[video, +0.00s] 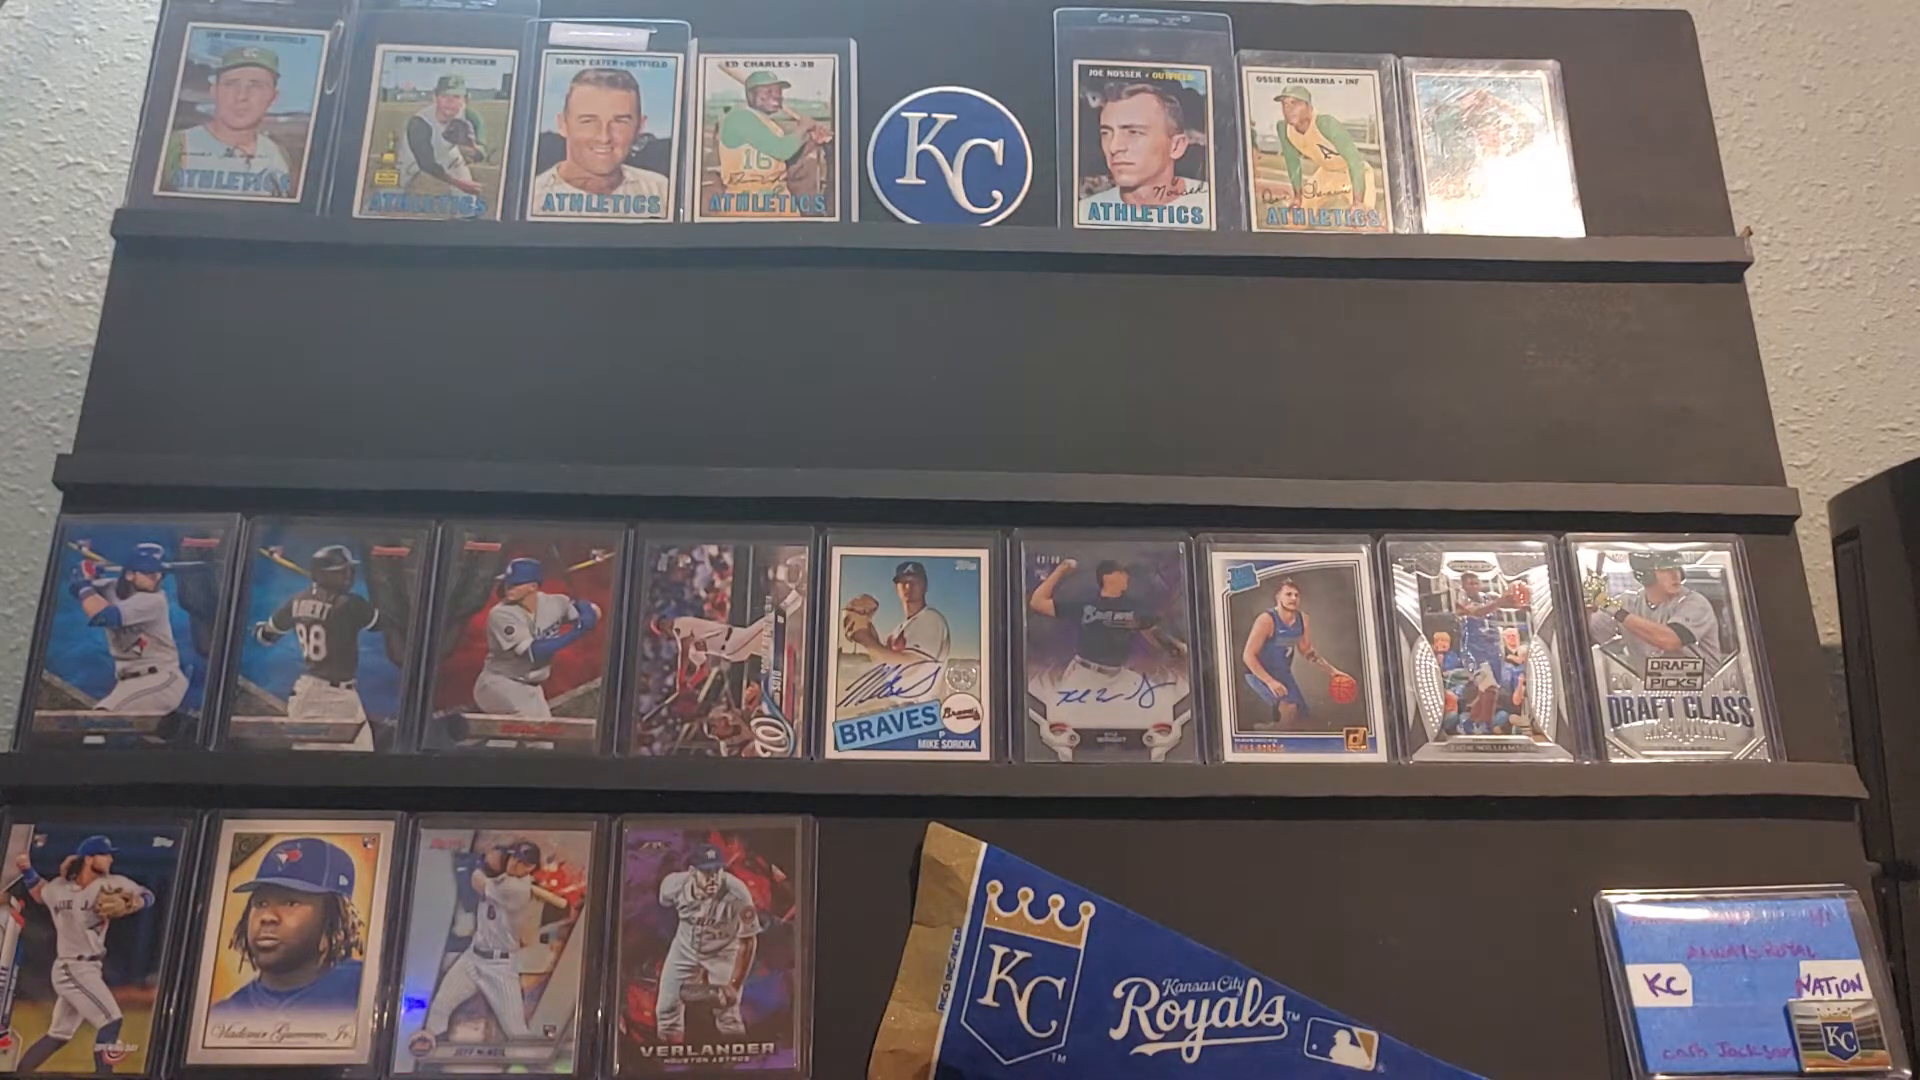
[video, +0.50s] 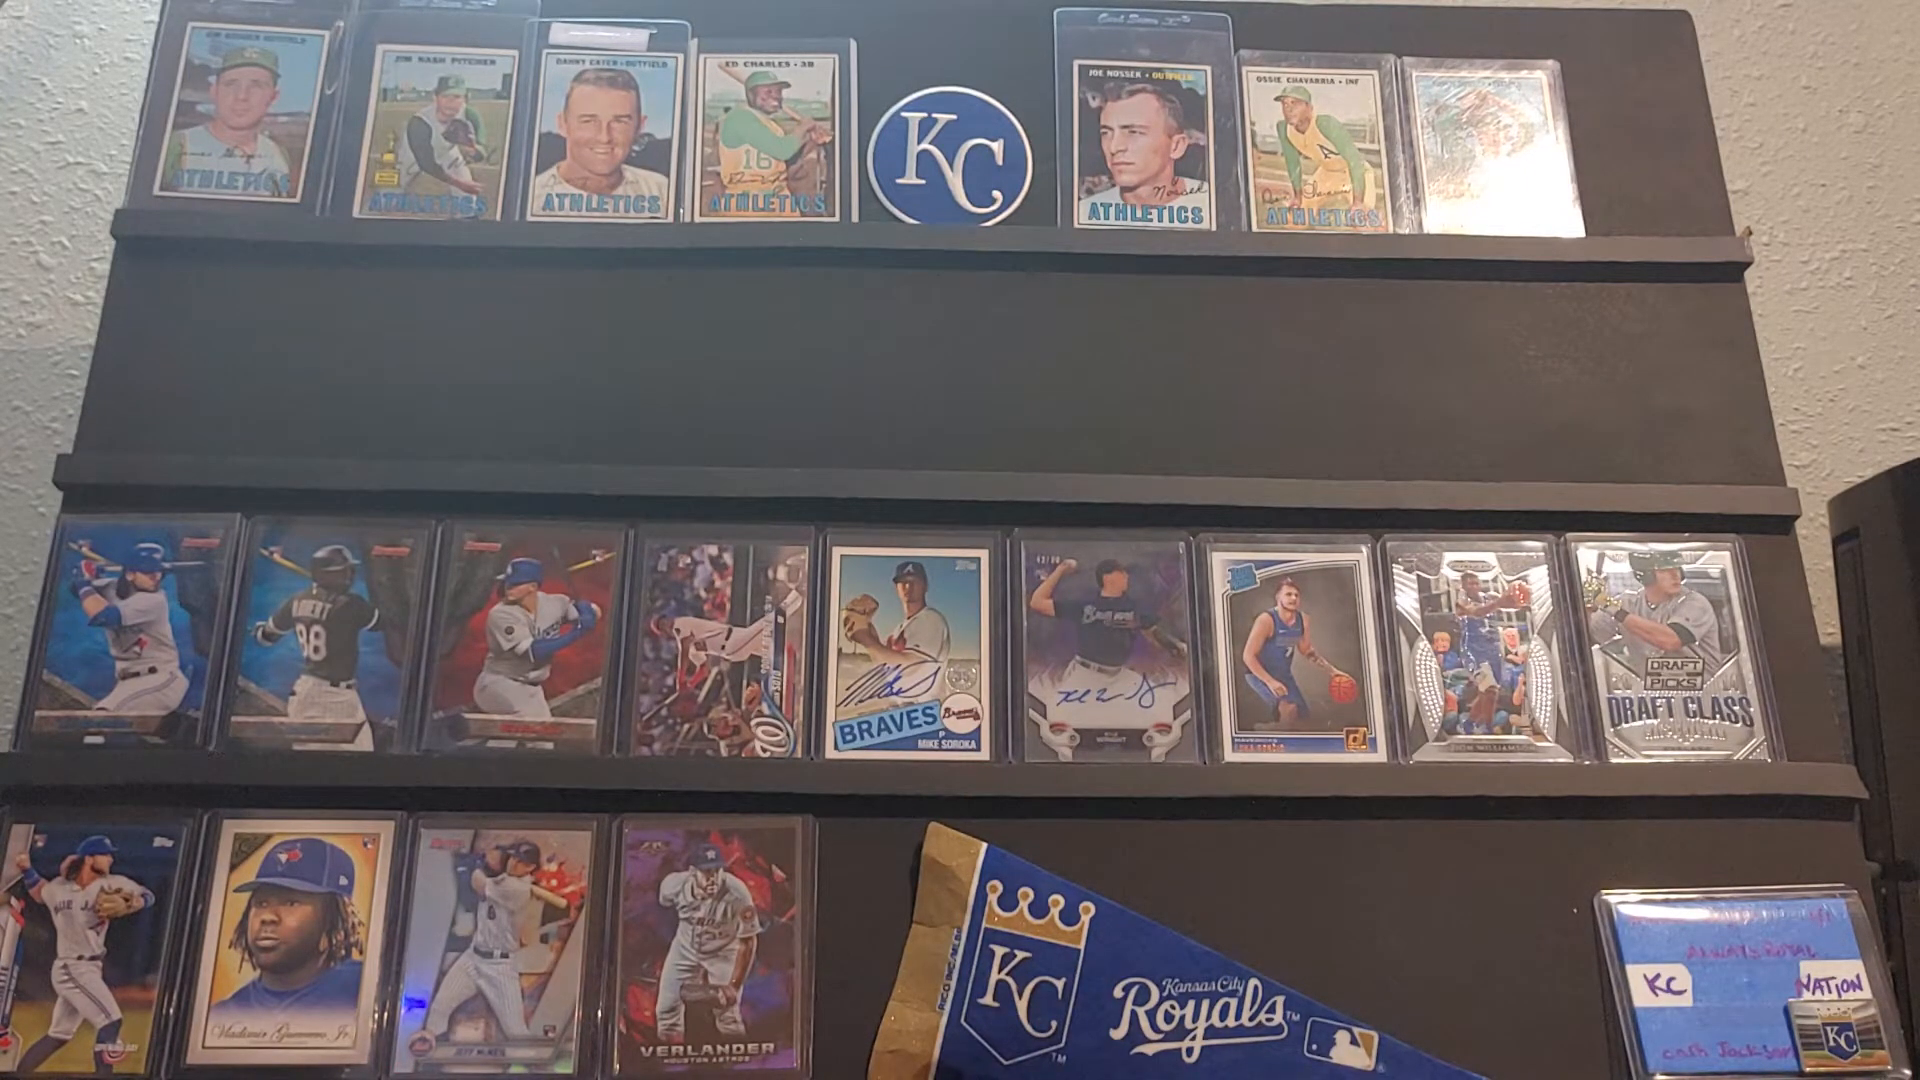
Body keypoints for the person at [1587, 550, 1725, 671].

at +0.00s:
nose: (1677, 576)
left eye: (1678, 569)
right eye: (1667, 569)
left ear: (1682, 571)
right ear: (1645, 573)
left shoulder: (1696, 604)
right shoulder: (1628, 603)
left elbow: (1671, 641)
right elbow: (1587, 636)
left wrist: (1620, 614)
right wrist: (1585, 610)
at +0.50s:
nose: (1676, 575)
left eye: (1677, 568)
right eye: (1666, 569)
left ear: (1682, 571)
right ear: (1644, 574)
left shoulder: (1696, 604)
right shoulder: (1628, 604)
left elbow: (1671, 641)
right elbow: (1586, 635)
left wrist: (1619, 613)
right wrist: (1584, 607)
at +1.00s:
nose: (1676, 575)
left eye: (1677, 568)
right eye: (1666, 569)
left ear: (1682, 571)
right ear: (1644, 574)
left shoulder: (1696, 604)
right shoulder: (1628, 604)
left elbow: (1670, 641)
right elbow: (1586, 636)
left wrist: (1619, 613)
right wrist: (1585, 608)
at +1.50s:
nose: (1676, 575)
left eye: (1677, 568)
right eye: (1666, 569)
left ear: (1682, 571)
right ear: (1644, 574)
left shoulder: (1696, 604)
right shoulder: (1629, 604)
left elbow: (1671, 641)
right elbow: (1586, 637)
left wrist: (1619, 613)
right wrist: (1585, 609)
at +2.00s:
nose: (1675, 573)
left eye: (1676, 567)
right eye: (1665, 569)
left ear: (1682, 570)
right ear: (1644, 575)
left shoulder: (1696, 604)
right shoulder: (1628, 604)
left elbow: (1671, 641)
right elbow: (1586, 637)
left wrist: (1620, 614)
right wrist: (1585, 609)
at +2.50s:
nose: (1675, 574)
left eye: (1677, 567)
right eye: (1665, 569)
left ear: (1682, 570)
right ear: (1644, 575)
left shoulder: (1696, 604)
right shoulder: (1628, 604)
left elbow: (1671, 641)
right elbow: (1586, 638)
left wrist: (1620, 614)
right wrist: (1585, 609)